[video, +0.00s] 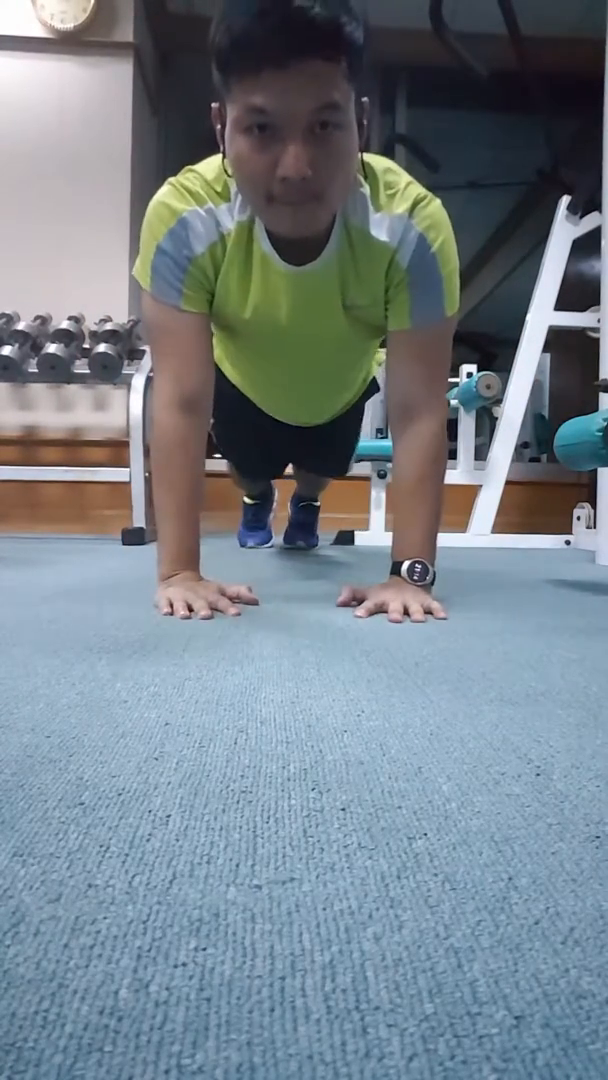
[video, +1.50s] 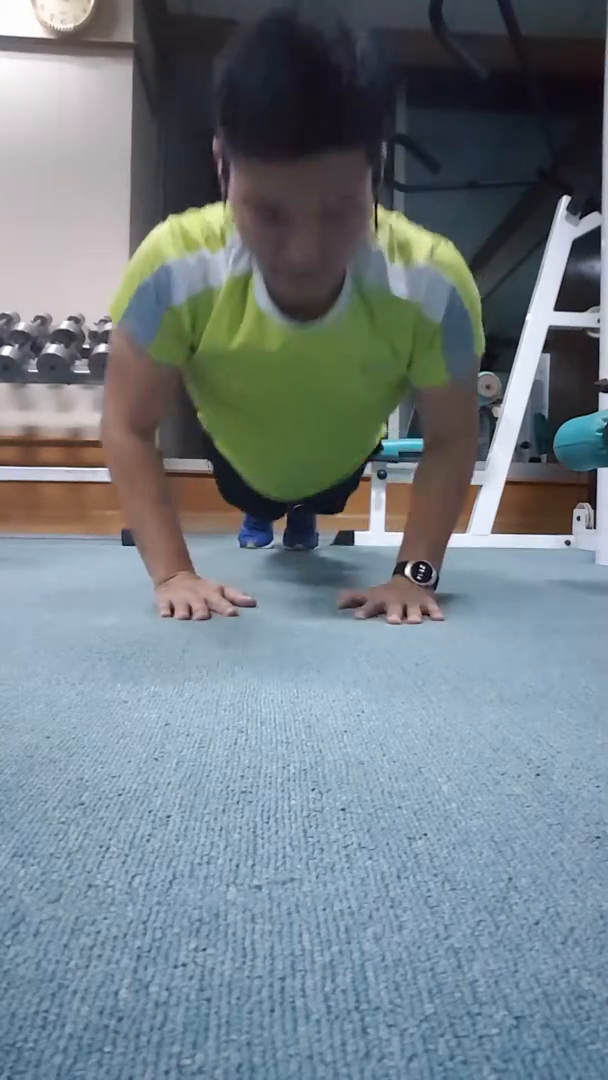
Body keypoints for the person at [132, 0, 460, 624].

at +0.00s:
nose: (296, 164)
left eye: (324, 126)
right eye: (262, 129)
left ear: (361, 123)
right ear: (221, 128)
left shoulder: (412, 226)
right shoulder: (184, 216)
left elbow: (420, 413)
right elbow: (179, 403)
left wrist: (412, 574)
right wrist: (179, 572)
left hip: (339, 390)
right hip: (242, 383)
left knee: (317, 467)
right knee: (249, 464)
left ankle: (304, 506)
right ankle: (257, 501)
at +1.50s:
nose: (306, 248)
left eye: (337, 212)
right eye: (271, 215)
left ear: (376, 171)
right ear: (222, 169)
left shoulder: (428, 275)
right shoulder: (175, 260)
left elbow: (451, 436)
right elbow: (125, 427)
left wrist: (415, 574)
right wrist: (173, 574)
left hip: (339, 463)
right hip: (240, 458)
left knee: (314, 499)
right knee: (256, 498)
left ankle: (301, 519)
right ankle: (260, 518)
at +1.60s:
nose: (303, 308)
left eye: (336, 274)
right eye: (268, 274)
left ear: (380, 219)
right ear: (219, 216)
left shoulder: (435, 315)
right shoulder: (167, 296)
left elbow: (459, 448)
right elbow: (114, 439)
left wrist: (416, 575)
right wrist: (172, 574)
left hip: (336, 487)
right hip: (235, 484)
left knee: (317, 515)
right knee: (250, 516)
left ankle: (304, 531)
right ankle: (259, 528)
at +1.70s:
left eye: (342, 337)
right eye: (270, 337)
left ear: (383, 284)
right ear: (217, 272)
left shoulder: (442, 356)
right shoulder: (162, 333)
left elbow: (469, 451)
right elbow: (107, 446)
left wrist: (416, 576)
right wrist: (173, 576)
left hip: (337, 506)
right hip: (225, 499)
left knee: (324, 528)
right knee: (250, 532)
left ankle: (325, 534)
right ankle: (264, 545)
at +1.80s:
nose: (304, 443)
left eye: (341, 410)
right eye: (268, 407)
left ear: (383, 361)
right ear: (220, 344)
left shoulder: (447, 396)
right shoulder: (154, 377)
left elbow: (476, 456)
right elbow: (99, 450)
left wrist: (418, 574)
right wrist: (172, 575)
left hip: (343, 527)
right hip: (226, 531)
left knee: (321, 546)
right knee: (240, 549)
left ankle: (303, 558)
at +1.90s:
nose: (305, 512)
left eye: (343, 480)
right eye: (269, 480)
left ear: (385, 431)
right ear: (222, 423)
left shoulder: (450, 436)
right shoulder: (151, 421)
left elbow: (486, 461)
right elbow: (90, 447)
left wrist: (420, 574)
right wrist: (171, 576)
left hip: (353, 560)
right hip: (226, 557)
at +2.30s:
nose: (313, 456)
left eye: (347, 419)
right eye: (277, 421)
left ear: (385, 369)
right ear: (219, 357)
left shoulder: (448, 397)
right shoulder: (160, 397)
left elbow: (485, 454)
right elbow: (97, 446)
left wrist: (419, 575)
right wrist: (172, 575)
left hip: (340, 551)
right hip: (227, 552)